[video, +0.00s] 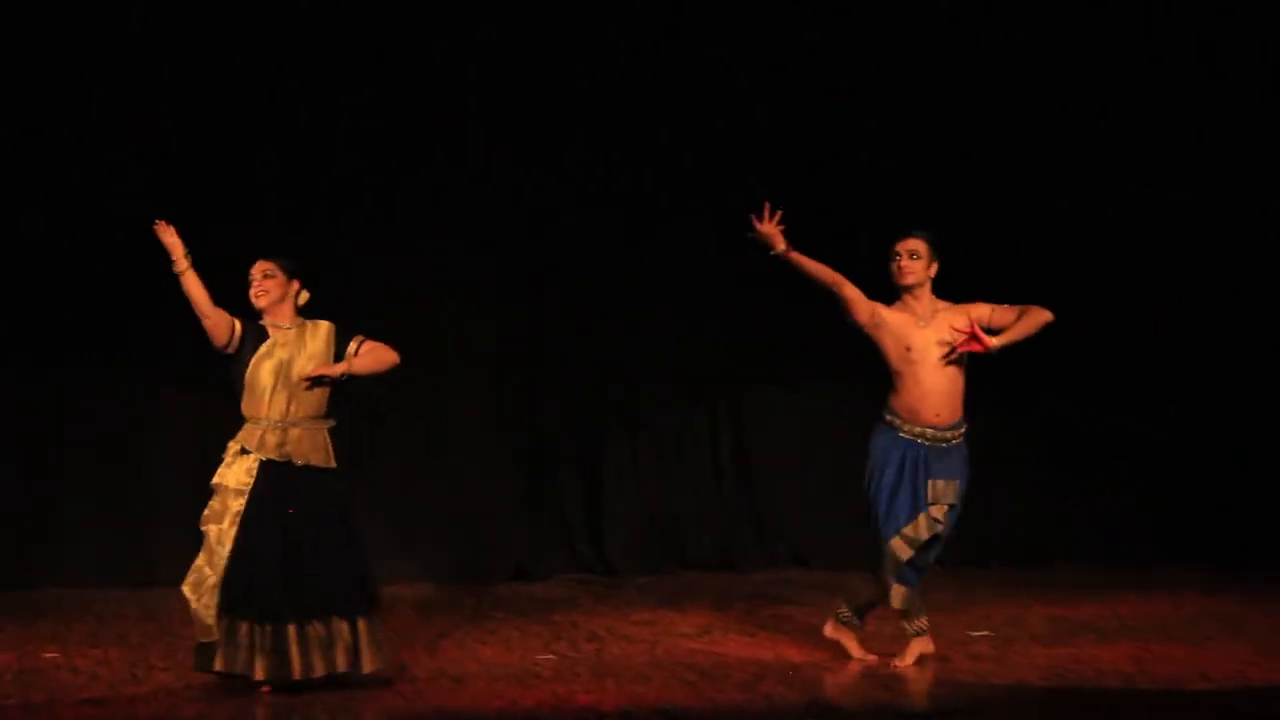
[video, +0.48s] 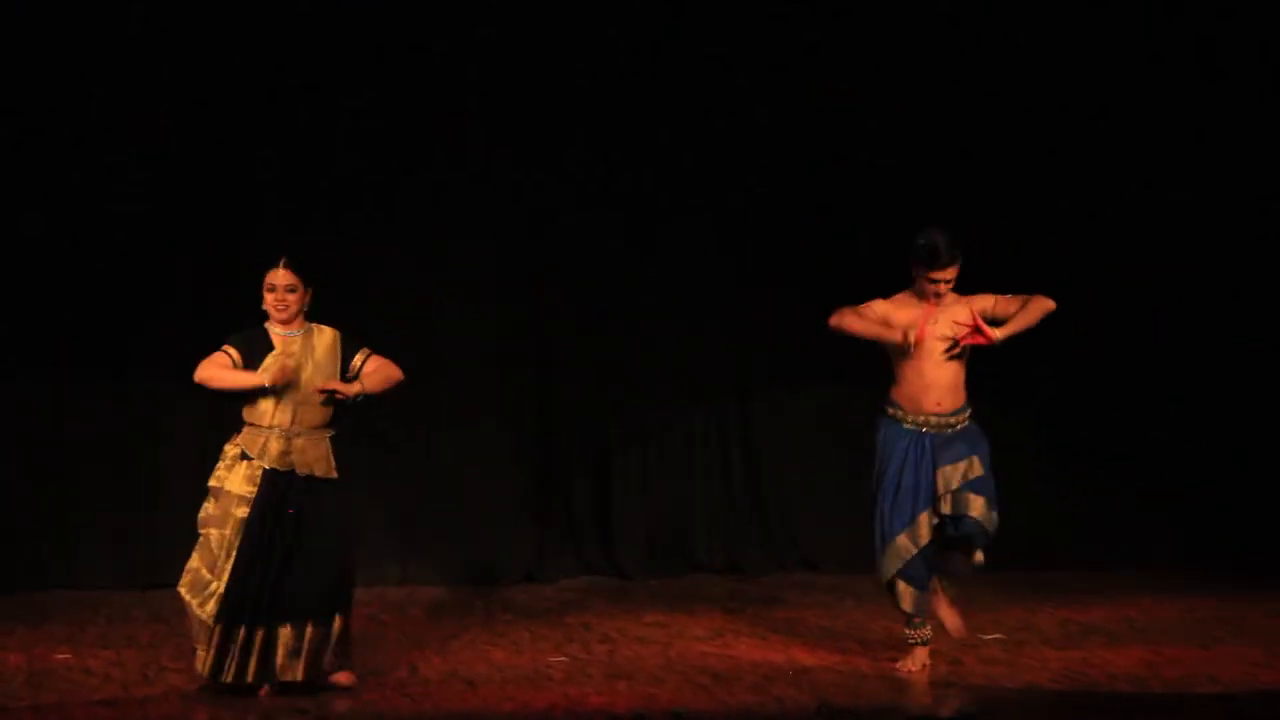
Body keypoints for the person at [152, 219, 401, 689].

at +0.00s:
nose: (256, 286)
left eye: (267, 277)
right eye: (253, 281)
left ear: (296, 288)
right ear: (252, 295)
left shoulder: (324, 336)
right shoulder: (246, 338)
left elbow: (388, 356)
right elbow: (208, 313)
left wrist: (337, 369)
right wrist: (181, 262)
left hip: (310, 466)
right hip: (256, 465)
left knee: (315, 560)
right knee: (258, 563)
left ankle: (318, 662)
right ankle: (266, 667)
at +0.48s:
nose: (280, 298)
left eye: (290, 290)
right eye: (272, 290)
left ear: (306, 296)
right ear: (263, 295)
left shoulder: (330, 343)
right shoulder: (253, 339)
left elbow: (390, 372)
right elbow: (204, 373)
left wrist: (356, 388)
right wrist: (261, 379)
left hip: (312, 471)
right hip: (254, 467)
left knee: (323, 565)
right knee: (250, 565)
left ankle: (325, 663)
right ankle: (252, 669)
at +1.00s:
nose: (314, 291)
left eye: (315, 283)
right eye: (304, 282)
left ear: (313, 293)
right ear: (275, 290)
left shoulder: (324, 346)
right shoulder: (251, 335)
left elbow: (382, 381)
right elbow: (248, 274)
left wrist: (443, 372)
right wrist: (278, 218)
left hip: (309, 461)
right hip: (255, 460)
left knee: (319, 561)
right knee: (260, 565)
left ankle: (318, 671)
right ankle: (263, 674)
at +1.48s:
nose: (280, 298)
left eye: (290, 290)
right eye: (275, 291)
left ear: (314, 296)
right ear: (269, 297)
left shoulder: (339, 346)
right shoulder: (259, 342)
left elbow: (384, 406)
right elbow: (201, 380)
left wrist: (372, 468)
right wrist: (244, 373)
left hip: (323, 470)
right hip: (267, 470)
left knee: (328, 569)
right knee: (269, 571)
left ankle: (329, 675)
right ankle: (276, 674)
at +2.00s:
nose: (321, 299)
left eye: (325, 292)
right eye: (310, 291)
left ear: (330, 300)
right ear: (285, 299)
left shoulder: (343, 349)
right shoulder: (262, 344)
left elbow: (386, 412)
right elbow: (201, 373)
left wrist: (379, 473)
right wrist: (250, 371)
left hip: (329, 475)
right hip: (272, 474)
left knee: (332, 571)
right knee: (269, 572)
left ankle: (330, 674)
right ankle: (271, 674)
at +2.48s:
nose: (337, 293)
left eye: (341, 286)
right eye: (326, 286)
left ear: (345, 293)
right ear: (299, 293)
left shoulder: (358, 343)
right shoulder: (278, 338)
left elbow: (404, 402)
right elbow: (218, 356)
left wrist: (391, 456)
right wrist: (274, 349)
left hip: (344, 467)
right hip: (287, 466)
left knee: (354, 567)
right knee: (281, 566)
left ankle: (358, 672)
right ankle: (274, 671)